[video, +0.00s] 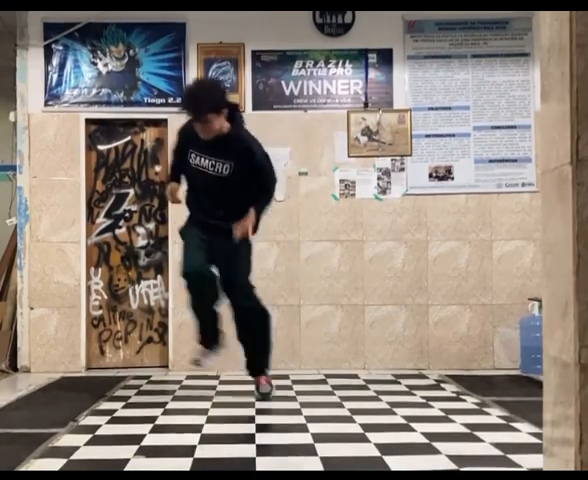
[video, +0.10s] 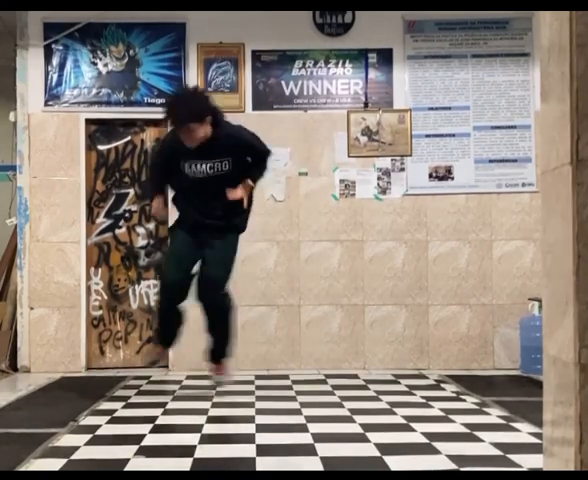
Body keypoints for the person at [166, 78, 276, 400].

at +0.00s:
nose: (203, 128)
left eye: (208, 121)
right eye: (199, 122)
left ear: (223, 113)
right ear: (193, 117)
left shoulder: (244, 145)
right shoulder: (189, 134)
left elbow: (267, 181)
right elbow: (179, 157)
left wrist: (253, 215)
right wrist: (174, 180)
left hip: (233, 231)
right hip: (198, 226)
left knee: (240, 295)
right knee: (195, 274)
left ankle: (259, 369)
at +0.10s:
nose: (187, 138)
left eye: (191, 131)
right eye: (182, 132)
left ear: (207, 121)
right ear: (175, 127)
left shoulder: (235, 138)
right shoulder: (171, 146)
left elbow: (261, 156)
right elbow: (157, 171)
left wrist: (246, 185)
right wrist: (158, 195)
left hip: (224, 228)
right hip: (188, 224)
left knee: (211, 290)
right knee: (170, 283)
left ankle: (218, 357)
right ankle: (163, 343)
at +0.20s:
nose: (169, 155)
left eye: (172, 148)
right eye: (165, 150)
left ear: (189, 137)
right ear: (161, 146)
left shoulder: (220, 147)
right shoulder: (165, 175)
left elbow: (239, 162)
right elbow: (150, 217)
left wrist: (239, 181)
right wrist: (133, 253)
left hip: (213, 244)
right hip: (178, 241)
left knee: (184, 303)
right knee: (159, 305)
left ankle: (170, 366)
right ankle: (124, 370)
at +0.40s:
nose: (186, 148)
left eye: (191, 142)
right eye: (180, 143)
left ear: (199, 133)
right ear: (167, 137)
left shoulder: (217, 148)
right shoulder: (159, 163)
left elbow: (247, 171)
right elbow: (150, 207)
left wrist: (247, 194)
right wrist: (146, 247)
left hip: (221, 235)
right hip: (185, 238)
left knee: (214, 300)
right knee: (177, 293)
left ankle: (204, 362)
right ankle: (148, 355)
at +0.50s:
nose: (209, 145)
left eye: (213, 138)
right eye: (203, 139)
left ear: (218, 132)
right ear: (185, 132)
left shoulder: (223, 156)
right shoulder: (163, 157)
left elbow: (247, 188)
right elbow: (155, 191)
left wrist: (265, 222)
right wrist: (161, 223)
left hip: (227, 234)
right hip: (193, 238)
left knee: (235, 297)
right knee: (200, 297)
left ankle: (267, 363)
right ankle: (209, 361)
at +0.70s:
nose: (196, 146)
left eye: (201, 140)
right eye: (190, 140)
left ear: (215, 133)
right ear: (183, 136)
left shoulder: (234, 161)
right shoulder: (174, 161)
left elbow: (253, 204)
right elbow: (163, 194)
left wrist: (255, 238)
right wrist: (165, 226)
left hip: (232, 248)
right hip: (195, 250)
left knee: (237, 308)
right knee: (205, 312)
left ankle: (270, 361)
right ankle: (228, 363)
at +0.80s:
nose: (170, 152)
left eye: (174, 145)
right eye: (167, 146)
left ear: (194, 140)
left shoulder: (233, 151)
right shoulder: (176, 178)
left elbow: (258, 172)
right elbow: (165, 226)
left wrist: (249, 209)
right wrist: (154, 267)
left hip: (228, 238)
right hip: (192, 241)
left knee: (203, 298)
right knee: (177, 298)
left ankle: (190, 365)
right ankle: (181, 364)